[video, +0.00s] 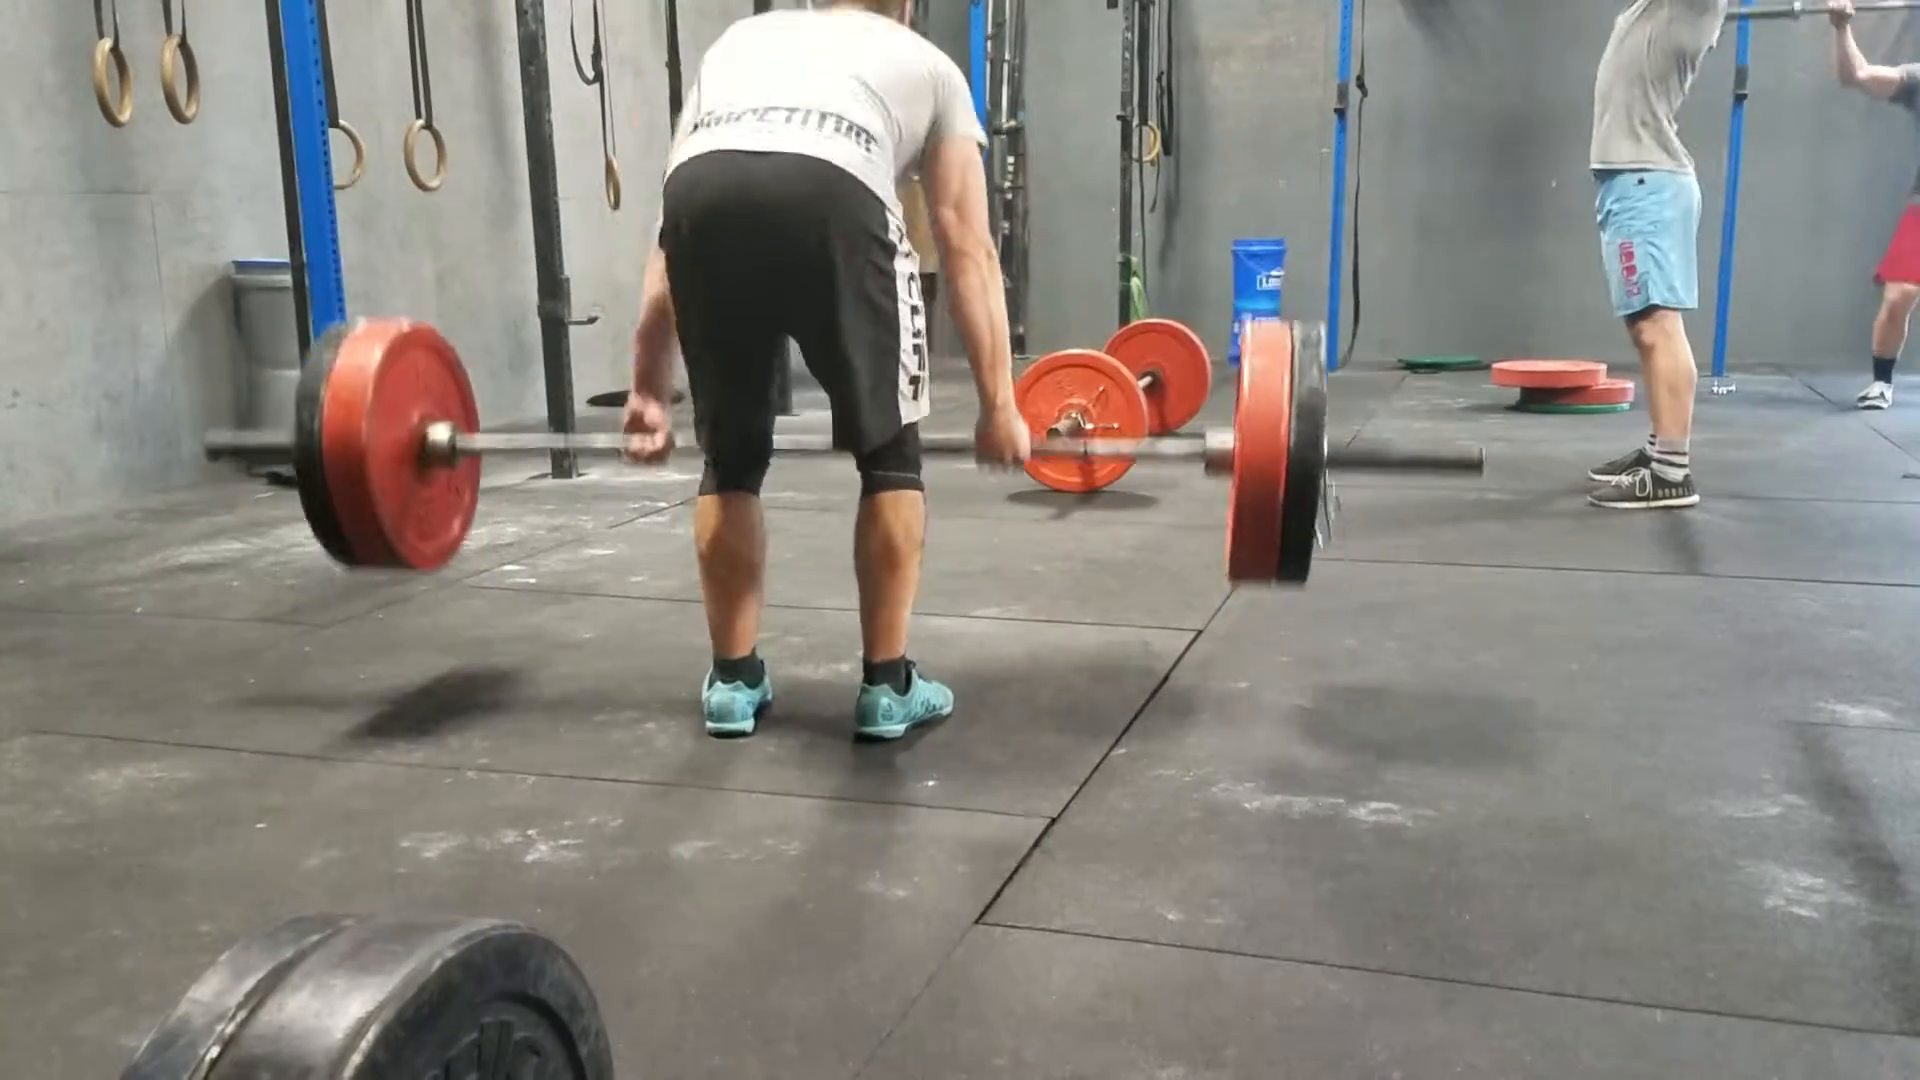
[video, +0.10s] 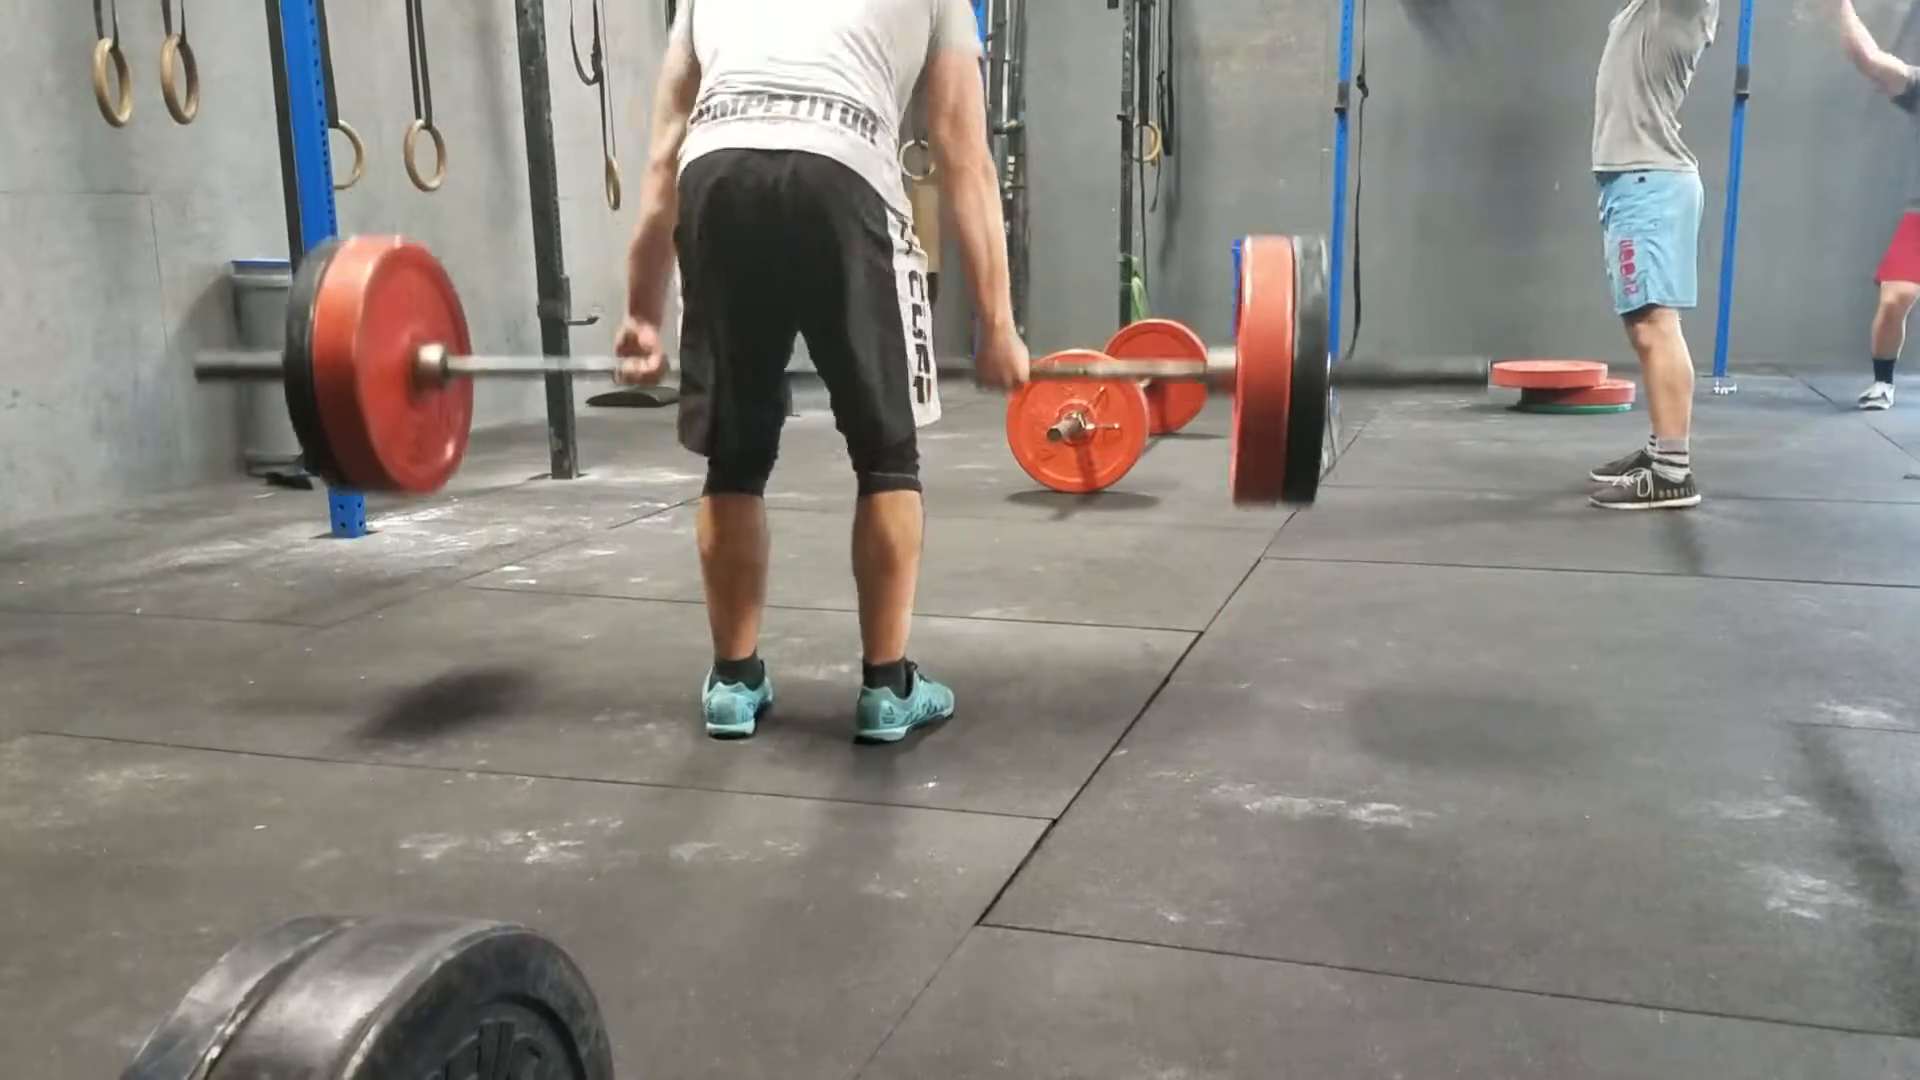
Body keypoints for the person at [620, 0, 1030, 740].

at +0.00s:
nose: (917, 24)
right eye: (917, 19)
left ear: (821, 7)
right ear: (903, 13)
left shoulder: (737, 40)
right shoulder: (931, 65)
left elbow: (676, 223)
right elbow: (963, 239)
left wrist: (649, 387)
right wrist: (999, 400)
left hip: (705, 206)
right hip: (831, 208)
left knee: (730, 461)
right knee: (888, 457)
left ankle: (732, 681)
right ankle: (886, 685)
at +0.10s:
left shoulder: (708, 10)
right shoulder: (938, 6)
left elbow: (664, 165)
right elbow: (964, 158)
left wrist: (641, 312)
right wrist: (997, 323)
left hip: (717, 181)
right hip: (842, 183)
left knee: (734, 454)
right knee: (887, 454)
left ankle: (732, 681)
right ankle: (886, 686)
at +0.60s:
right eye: (920, 20)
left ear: (805, 3)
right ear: (902, 8)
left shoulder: (727, 41)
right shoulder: (932, 57)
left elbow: (676, 235)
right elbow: (963, 258)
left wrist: (652, 405)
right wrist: (1000, 423)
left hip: (703, 217)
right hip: (833, 220)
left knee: (720, 471)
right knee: (897, 463)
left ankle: (732, 683)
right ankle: (884, 686)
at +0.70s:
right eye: (911, 108)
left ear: (816, 95)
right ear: (905, 104)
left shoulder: (744, 127)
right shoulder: (933, 160)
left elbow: (680, 358)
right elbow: (968, 352)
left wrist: (658, 494)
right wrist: (1002, 509)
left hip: (695, 248)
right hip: (836, 255)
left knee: (725, 471)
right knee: (908, 469)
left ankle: (734, 683)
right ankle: (886, 686)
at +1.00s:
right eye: (914, 76)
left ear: (821, 51)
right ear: (906, 67)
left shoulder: (740, 86)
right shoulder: (930, 113)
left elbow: (665, 300)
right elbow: (965, 280)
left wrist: (649, 433)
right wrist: (999, 440)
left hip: (702, 207)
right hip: (835, 214)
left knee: (734, 465)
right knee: (891, 461)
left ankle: (732, 681)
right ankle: (885, 686)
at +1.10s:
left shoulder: (725, 22)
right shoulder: (932, 31)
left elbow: (663, 220)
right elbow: (964, 208)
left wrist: (643, 357)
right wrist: (998, 363)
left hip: (709, 187)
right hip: (835, 187)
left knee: (731, 456)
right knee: (884, 454)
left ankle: (731, 680)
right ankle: (885, 685)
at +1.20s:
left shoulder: (694, 6)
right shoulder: (936, 5)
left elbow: (660, 145)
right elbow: (961, 134)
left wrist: (639, 281)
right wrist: (997, 288)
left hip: (720, 172)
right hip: (843, 173)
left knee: (735, 447)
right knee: (876, 448)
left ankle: (732, 681)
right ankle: (884, 685)